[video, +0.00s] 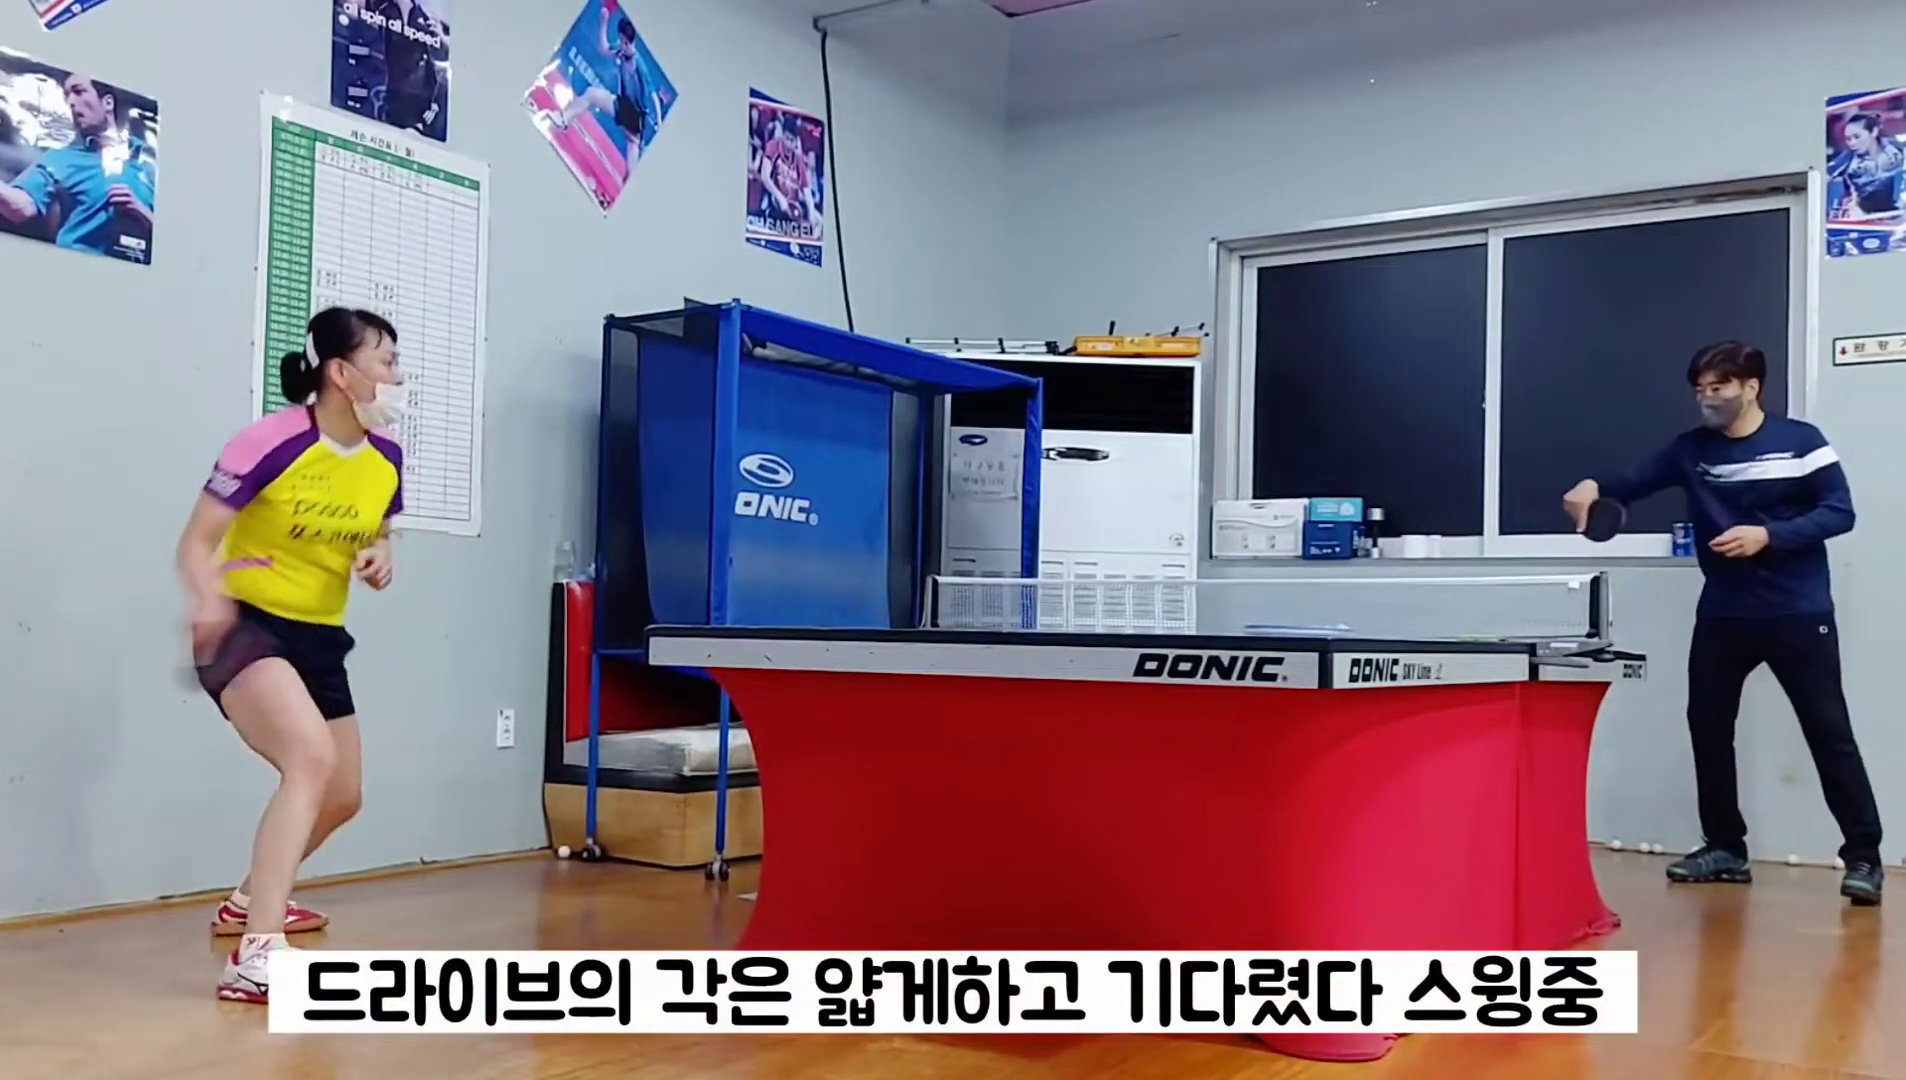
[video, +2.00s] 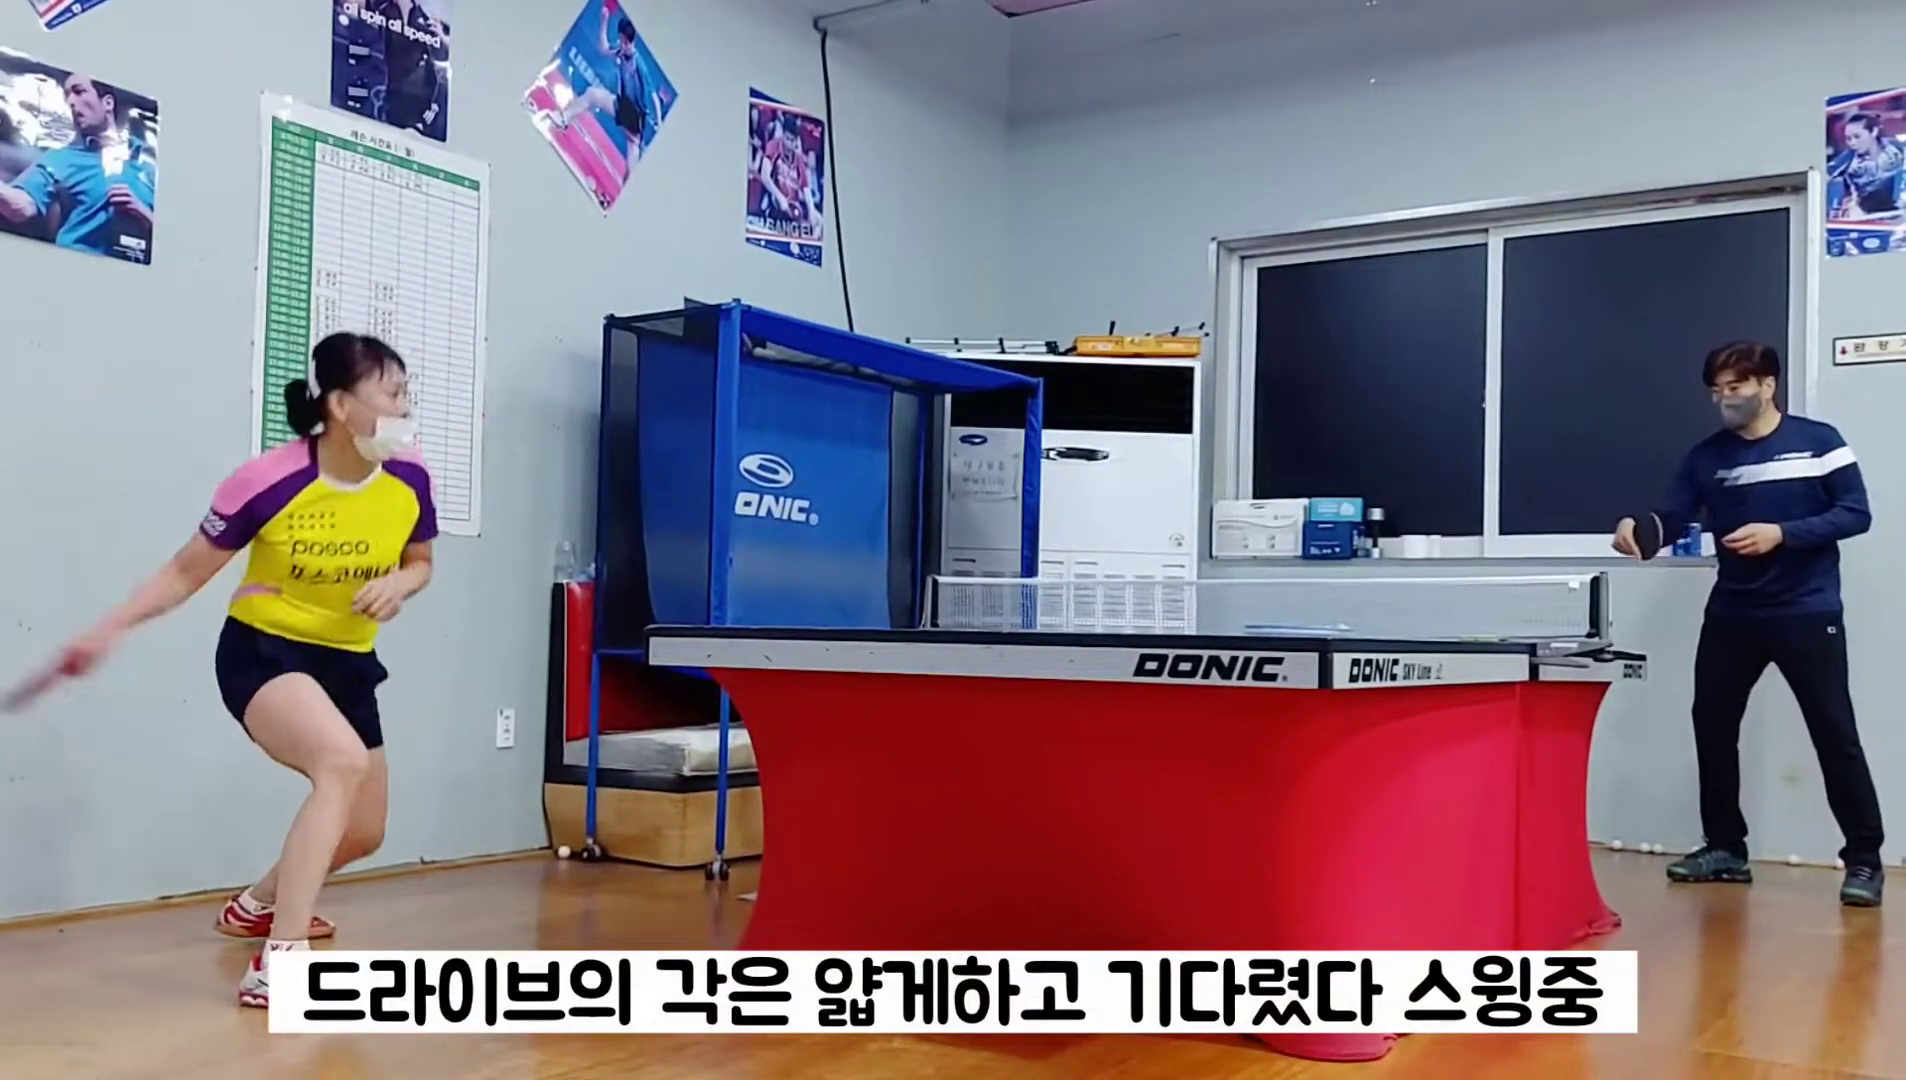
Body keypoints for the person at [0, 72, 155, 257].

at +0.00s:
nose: (70, 101)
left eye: (79, 91)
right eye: (67, 96)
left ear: (108, 102)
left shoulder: (150, 160)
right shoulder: (61, 159)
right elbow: (20, 208)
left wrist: (143, 212)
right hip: (74, 261)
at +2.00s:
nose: (70, 101)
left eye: (79, 91)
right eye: (67, 96)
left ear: (108, 103)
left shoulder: (149, 161)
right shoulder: (59, 159)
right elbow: (19, 207)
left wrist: (143, 213)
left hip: (134, 270)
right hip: (75, 260)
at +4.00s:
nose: (70, 101)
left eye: (79, 91)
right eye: (67, 96)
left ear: (108, 102)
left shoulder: (150, 163)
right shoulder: (59, 159)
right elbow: (19, 208)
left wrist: (144, 213)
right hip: (75, 261)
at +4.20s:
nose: (70, 101)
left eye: (79, 91)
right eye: (67, 96)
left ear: (108, 102)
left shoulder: (150, 163)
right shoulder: (59, 159)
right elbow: (19, 208)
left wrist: (143, 213)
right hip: (75, 261)